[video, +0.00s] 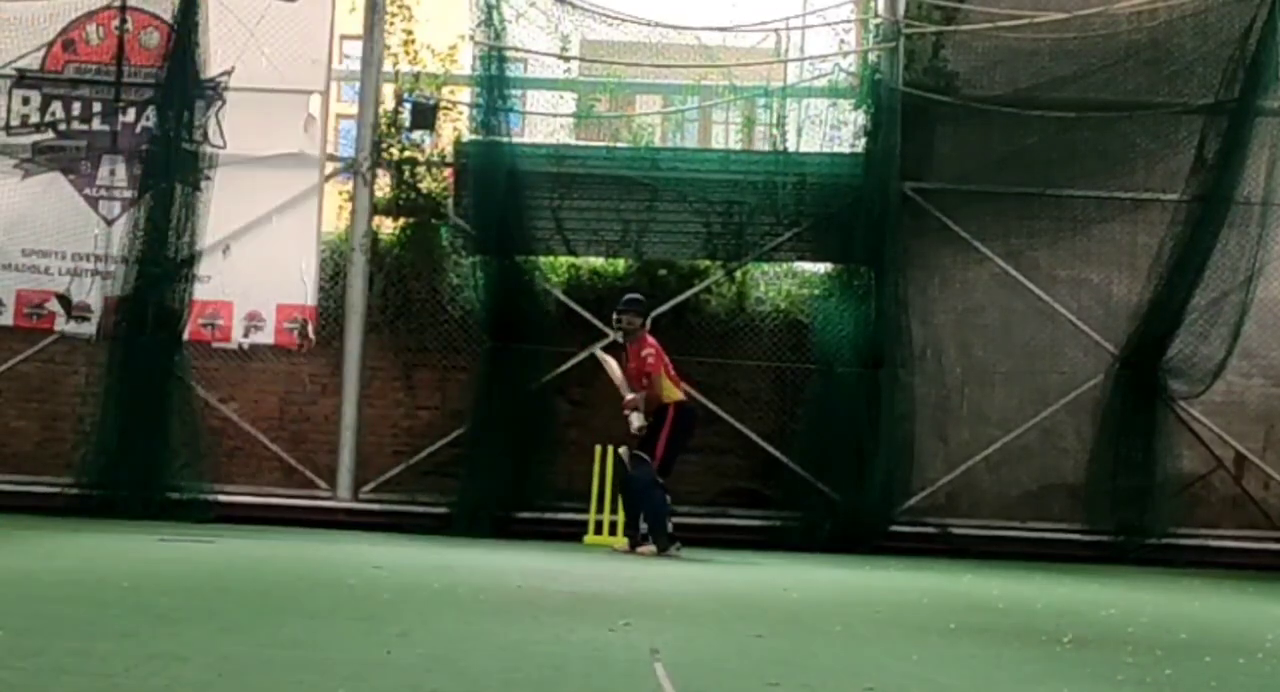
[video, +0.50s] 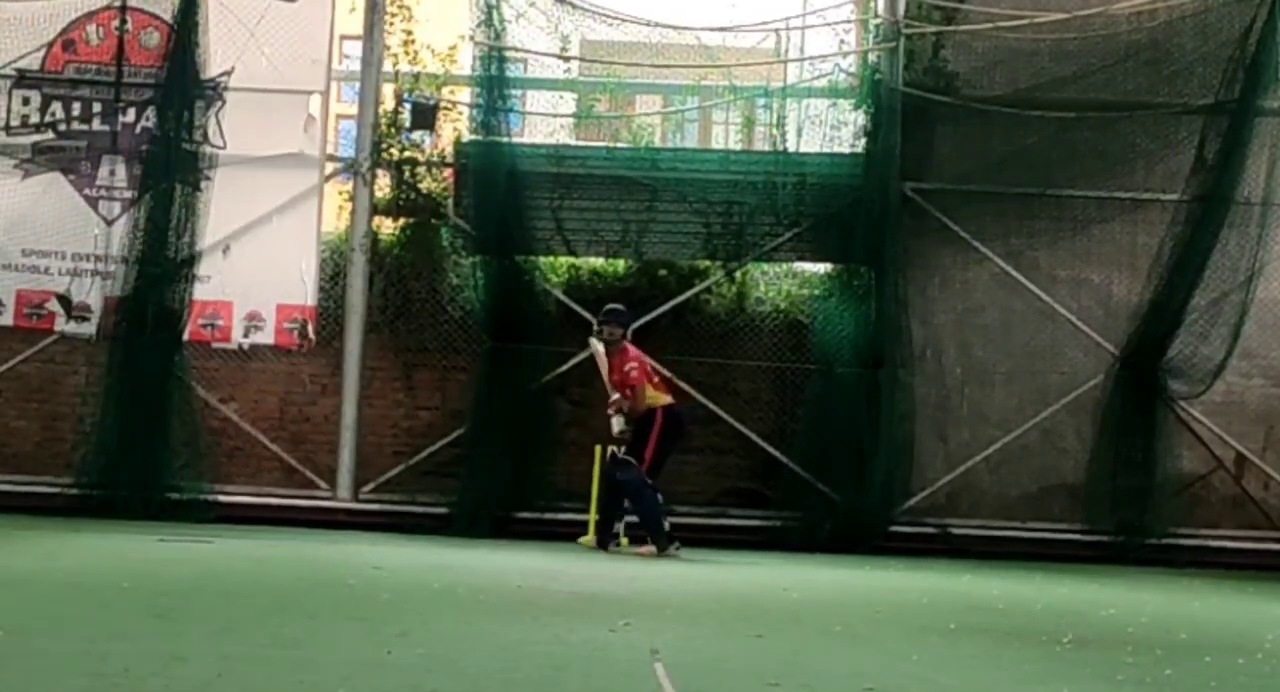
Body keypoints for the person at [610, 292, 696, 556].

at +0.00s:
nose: (626, 322)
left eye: (632, 317)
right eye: (622, 316)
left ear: (643, 321)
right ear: (617, 319)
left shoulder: (648, 349)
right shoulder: (631, 346)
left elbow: (656, 391)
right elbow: (634, 385)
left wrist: (639, 404)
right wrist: (635, 411)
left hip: (674, 405)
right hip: (657, 405)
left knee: (652, 469)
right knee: (638, 465)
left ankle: (662, 538)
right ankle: (639, 535)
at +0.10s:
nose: (625, 322)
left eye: (632, 317)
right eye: (621, 316)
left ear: (642, 321)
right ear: (616, 319)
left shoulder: (647, 350)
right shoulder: (629, 346)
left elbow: (656, 392)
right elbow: (634, 383)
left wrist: (637, 399)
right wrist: (634, 412)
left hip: (673, 405)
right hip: (655, 405)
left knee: (651, 469)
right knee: (637, 464)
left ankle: (661, 537)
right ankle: (639, 533)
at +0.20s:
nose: (623, 323)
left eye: (630, 318)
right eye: (619, 317)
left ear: (639, 322)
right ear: (614, 321)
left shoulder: (645, 351)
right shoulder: (625, 348)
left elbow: (655, 393)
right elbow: (628, 385)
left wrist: (635, 400)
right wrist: (632, 415)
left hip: (672, 406)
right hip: (653, 407)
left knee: (649, 470)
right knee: (632, 466)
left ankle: (661, 538)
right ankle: (638, 535)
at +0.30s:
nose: (622, 325)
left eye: (628, 320)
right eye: (617, 319)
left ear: (637, 324)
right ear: (611, 323)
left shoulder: (641, 353)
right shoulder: (621, 351)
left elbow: (651, 395)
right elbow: (622, 387)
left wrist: (633, 401)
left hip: (670, 407)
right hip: (650, 408)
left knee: (646, 471)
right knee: (632, 465)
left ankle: (660, 538)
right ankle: (640, 534)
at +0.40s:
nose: (617, 329)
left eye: (623, 324)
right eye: (613, 324)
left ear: (632, 328)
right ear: (607, 326)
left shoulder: (637, 356)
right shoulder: (617, 353)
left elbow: (647, 399)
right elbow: (619, 385)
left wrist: (628, 404)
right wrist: (624, 407)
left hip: (667, 409)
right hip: (648, 409)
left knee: (642, 471)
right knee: (627, 465)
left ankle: (661, 539)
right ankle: (611, 532)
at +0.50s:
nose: (609, 333)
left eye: (615, 328)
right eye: (605, 327)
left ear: (625, 331)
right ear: (599, 330)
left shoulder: (630, 360)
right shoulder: (611, 356)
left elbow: (639, 404)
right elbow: (614, 387)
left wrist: (622, 404)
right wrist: (616, 412)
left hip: (661, 411)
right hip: (642, 412)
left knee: (636, 473)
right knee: (616, 469)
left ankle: (661, 540)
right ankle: (603, 535)